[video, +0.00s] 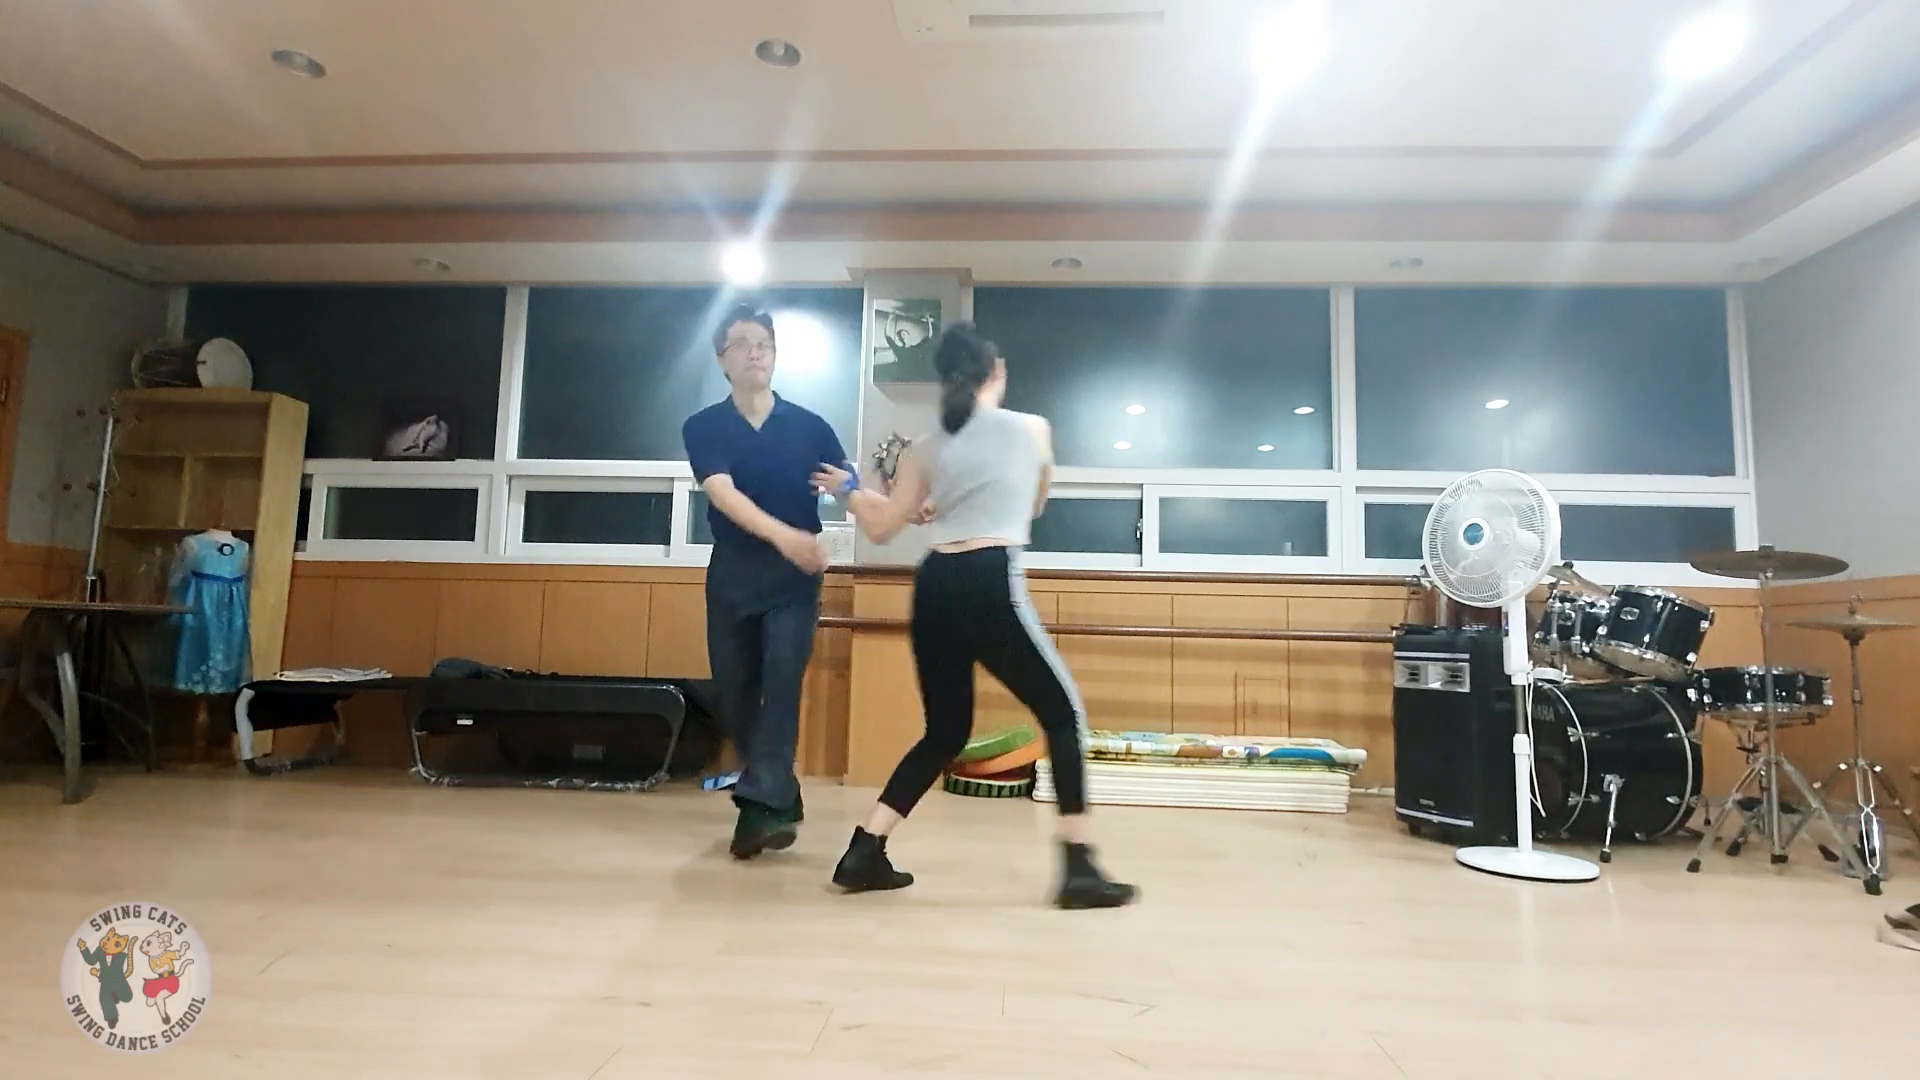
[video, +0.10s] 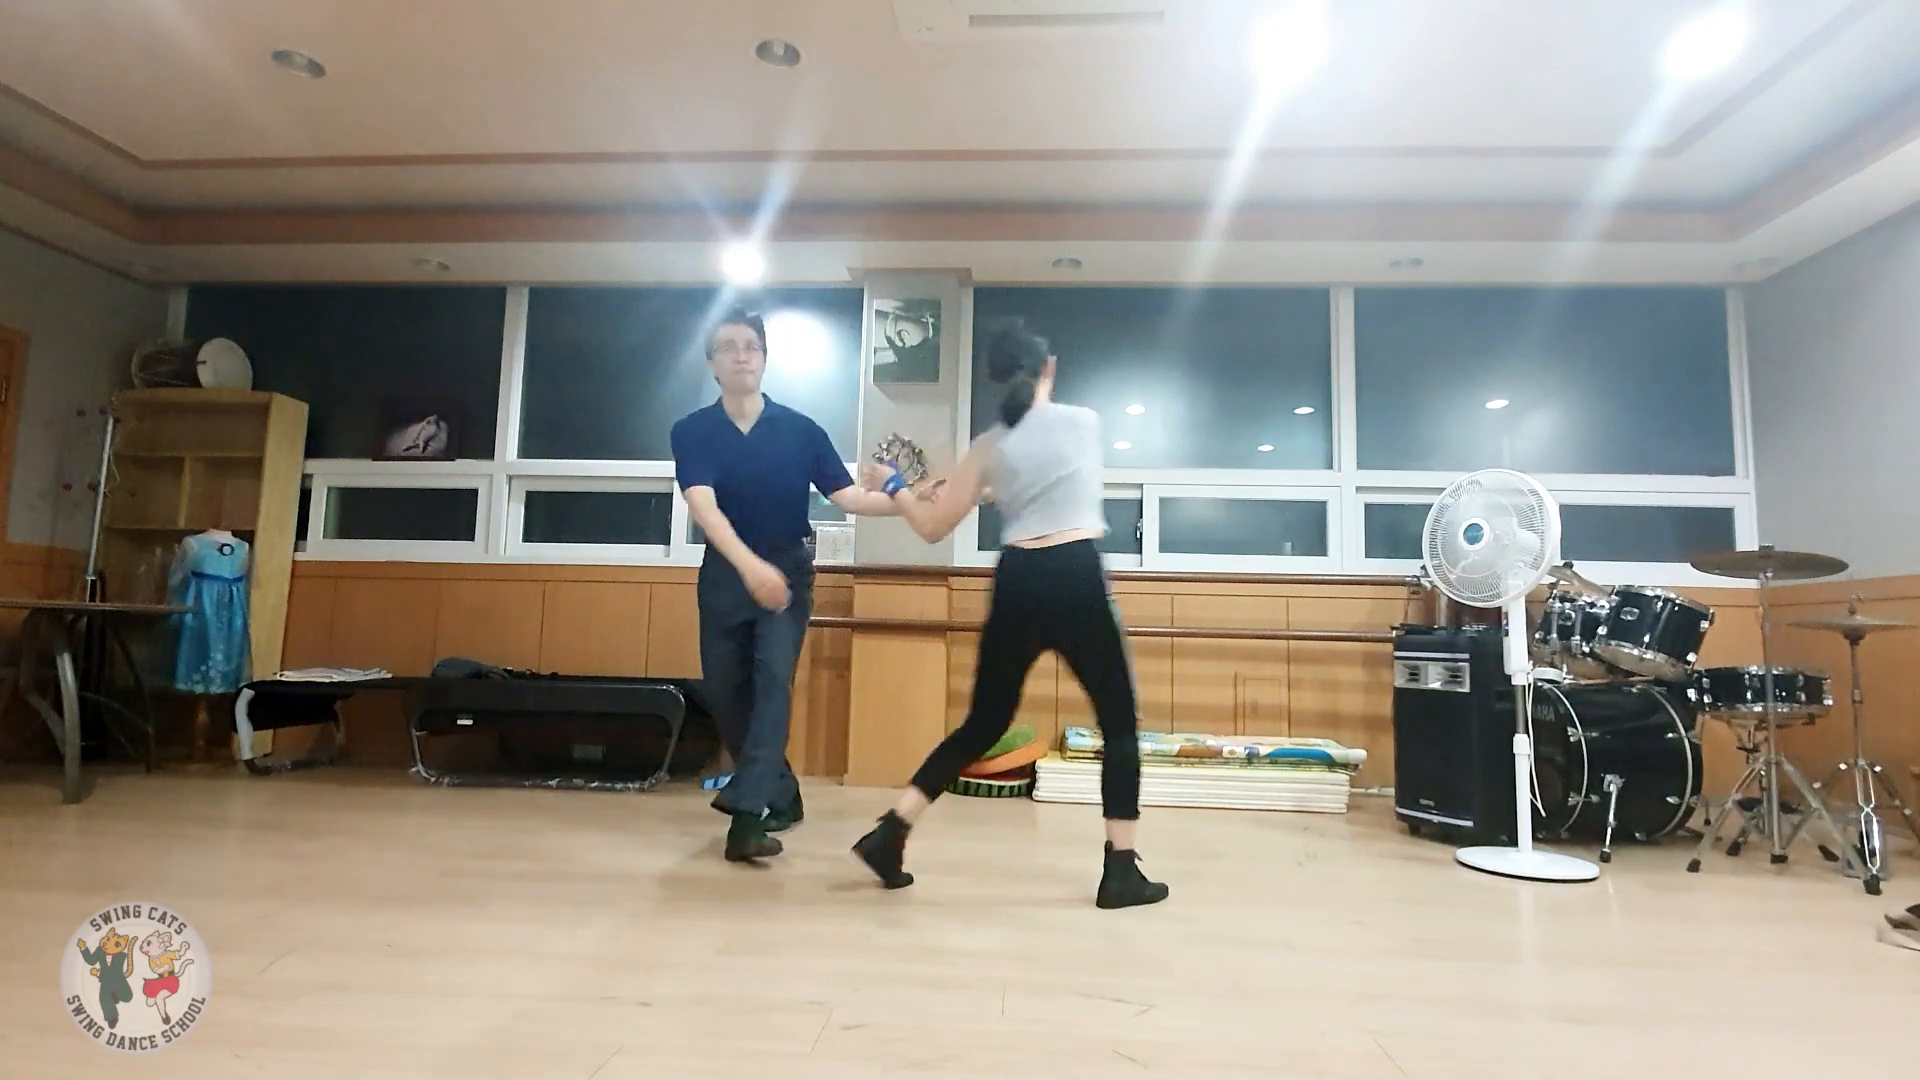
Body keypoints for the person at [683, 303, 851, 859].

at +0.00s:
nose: (755, 354)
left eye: (763, 344)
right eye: (741, 346)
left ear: (775, 354)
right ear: (722, 359)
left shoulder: (810, 427)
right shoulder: (704, 426)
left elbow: (856, 494)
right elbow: (724, 496)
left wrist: (851, 488)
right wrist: (786, 537)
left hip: (793, 576)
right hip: (731, 577)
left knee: (781, 687)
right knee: (734, 695)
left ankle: (756, 812)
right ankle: (782, 800)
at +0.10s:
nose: (743, 358)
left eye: (752, 348)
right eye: (729, 349)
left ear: (764, 359)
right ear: (712, 363)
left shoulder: (801, 431)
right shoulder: (693, 431)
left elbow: (848, 495)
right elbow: (705, 511)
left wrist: (909, 498)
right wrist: (751, 567)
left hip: (785, 570)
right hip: (723, 570)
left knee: (773, 679)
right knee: (724, 689)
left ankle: (748, 818)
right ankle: (781, 792)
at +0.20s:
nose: (732, 354)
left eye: (741, 344)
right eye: (720, 346)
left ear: (755, 354)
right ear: (702, 358)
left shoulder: (793, 428)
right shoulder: (681, 428)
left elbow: (850, 484)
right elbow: (680, 516)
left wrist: (927, 484)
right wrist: (706, 585)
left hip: (775, 575)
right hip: (712, 576)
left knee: (771, 685)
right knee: (723, 701)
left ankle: (749, 820)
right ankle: (780, 792)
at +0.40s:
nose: (716, 348)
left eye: (727, 337)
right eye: (703, 338)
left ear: (743, 348)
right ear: (687, 351)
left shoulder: (781, 425)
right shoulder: (664, 424)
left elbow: (847, 469)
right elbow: (632, 506)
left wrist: (925, 473)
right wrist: (623, 589)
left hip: (764, 577)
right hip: (696, 582)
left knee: (774, 686)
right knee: (716, 705)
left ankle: (750, 822)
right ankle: (773, 783)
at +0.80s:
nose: (697, 349)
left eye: (710, 340)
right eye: (686, 339)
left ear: (728, 356)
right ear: (670, 355)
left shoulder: (763, 429)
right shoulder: (645, 429)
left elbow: (834, 467)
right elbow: (589, 494)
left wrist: (918, 465)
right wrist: (544, 564)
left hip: (746, 581)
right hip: (675, 584)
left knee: (773, 684)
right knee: (684, 691)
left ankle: (749, 827)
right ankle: (692, 813)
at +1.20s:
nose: (706, 364)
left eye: (719, 358)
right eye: (696, 353)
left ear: (732, 375)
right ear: (675, 364)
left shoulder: (749, 448)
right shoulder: (633, 429)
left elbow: (820, 478)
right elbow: (568, 484)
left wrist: (900, 482)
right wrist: (507, 543)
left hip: (693, 586)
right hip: (629, 582)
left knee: (721, 690)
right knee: (671, 686)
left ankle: (690, 793)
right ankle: (686, 825)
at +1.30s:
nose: (706, 368)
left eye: (718, 361)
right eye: (696, 356)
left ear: (732, 379)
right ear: (674, 367)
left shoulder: (746, 454)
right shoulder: (630, 431)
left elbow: (817, 483)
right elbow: (565, 486)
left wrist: (897, 488)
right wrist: (503, 541)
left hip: (686, 589)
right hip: (622, 582)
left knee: (702, 706)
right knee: (667, 687)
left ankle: (643, 776)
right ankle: (687, 824)